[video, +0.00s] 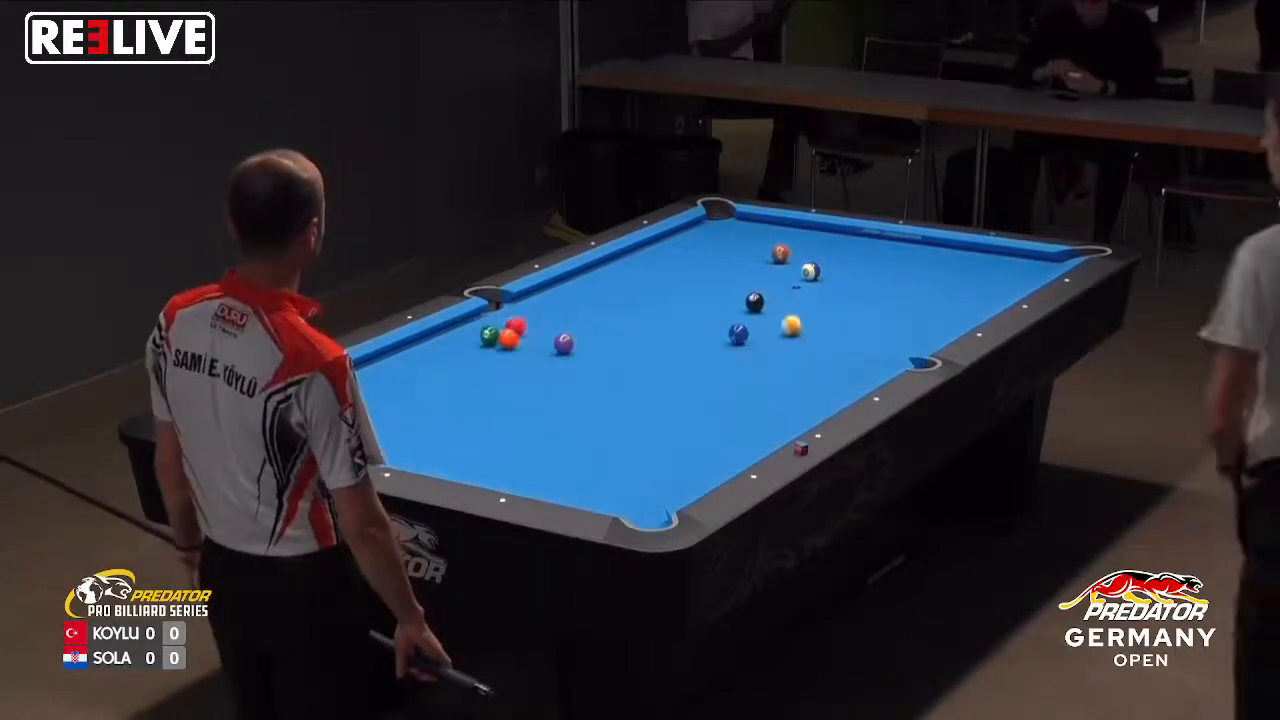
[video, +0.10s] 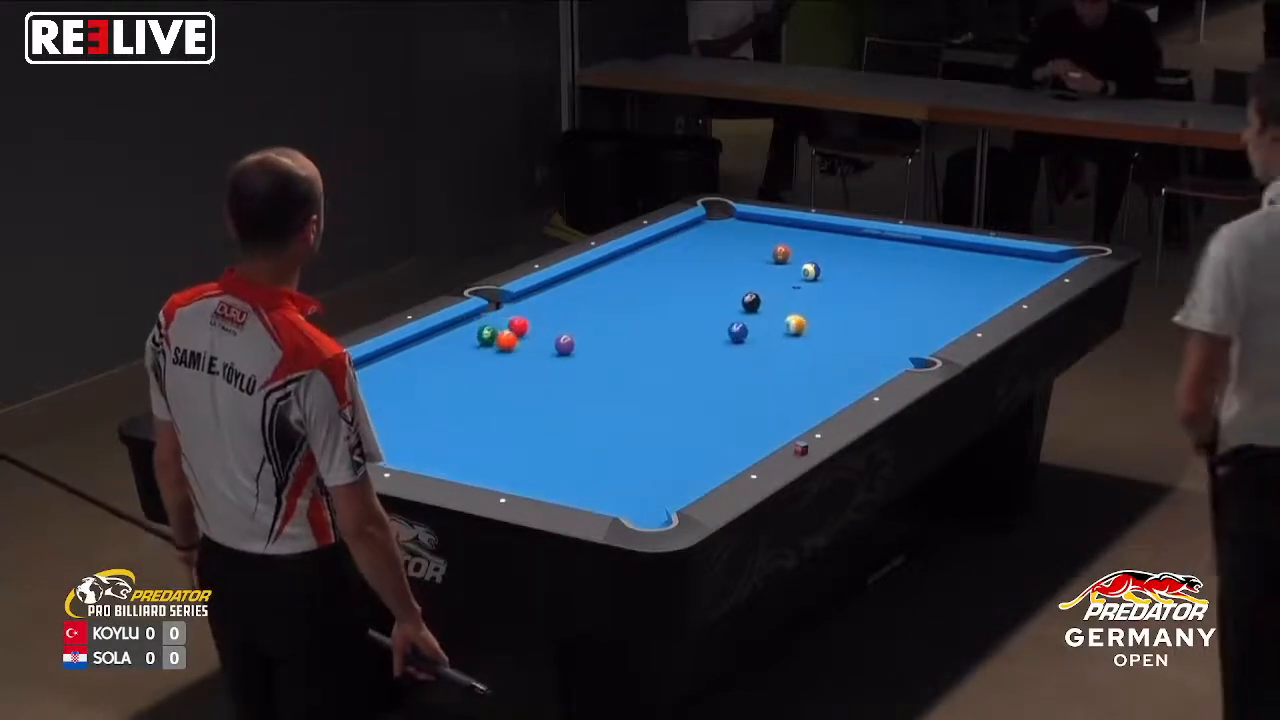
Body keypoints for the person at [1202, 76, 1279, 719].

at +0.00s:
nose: (1266, 144)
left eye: (1268, 130)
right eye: (1269, 130)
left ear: (1273, 141)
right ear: (1274, 143)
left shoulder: (1262, 258)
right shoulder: (1258, 258)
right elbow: (1229, 403)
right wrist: (1237, 469)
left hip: (1271, 480)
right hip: (1269, 477)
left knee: (1263, 636)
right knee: (1260, 635)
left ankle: (1258, 705)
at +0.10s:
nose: (1246, 140)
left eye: (1249, 126)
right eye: (1250, 126)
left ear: (1264, 128)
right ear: (1274, 129)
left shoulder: (1243, 245)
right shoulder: (1242, 245)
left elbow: (1194, 399)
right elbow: (1196, 397)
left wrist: (1210, 443)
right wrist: (1213, 439)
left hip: (1257, 467)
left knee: (1253, 650)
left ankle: (1251, 708)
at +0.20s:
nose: (1238, 137)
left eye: (1242, 123)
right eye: (1241, 123)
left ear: (1264, 128)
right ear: (1274, 129)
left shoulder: (1234, 238)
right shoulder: (1236, 238)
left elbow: (1181, 388)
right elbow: (1183, 386)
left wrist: (1197, 427)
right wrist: (1199, 421)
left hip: (1251, 458)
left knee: (1249, 651)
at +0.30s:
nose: (1233, 132)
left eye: (1239, 117)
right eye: (1237, 116)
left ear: (1264, 126)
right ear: (1274, 127)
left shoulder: (1230, 226)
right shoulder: (1235, 226)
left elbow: (1172, 375)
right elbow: (1173, 375)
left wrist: (1193, 423)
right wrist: (1196, 420)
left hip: (1243, 443)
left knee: (1242, 626)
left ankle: (1242, 707)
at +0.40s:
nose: (1234, 119)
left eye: (1241, 105)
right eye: (1238, 104)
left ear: (1266, 118)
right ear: (1272, 120)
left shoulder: (1235, 217)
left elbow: (1174, 362)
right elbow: (1175, 362)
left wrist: (1184, 388)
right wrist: (1191, 381)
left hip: (1241, 434)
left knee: (1227, 614)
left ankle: (1232, 705)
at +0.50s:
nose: (1236, 104)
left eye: (1242, 90)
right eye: (1239, 90)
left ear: (1268, 99)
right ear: (1277, 101)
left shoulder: (1239, 195)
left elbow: (1177, 334)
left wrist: (1177, 365)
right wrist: (1188, 355)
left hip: (1237, 411)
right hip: (1270, 407)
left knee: (1200, 594)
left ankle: (1206, 707)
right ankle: (1258, 706)